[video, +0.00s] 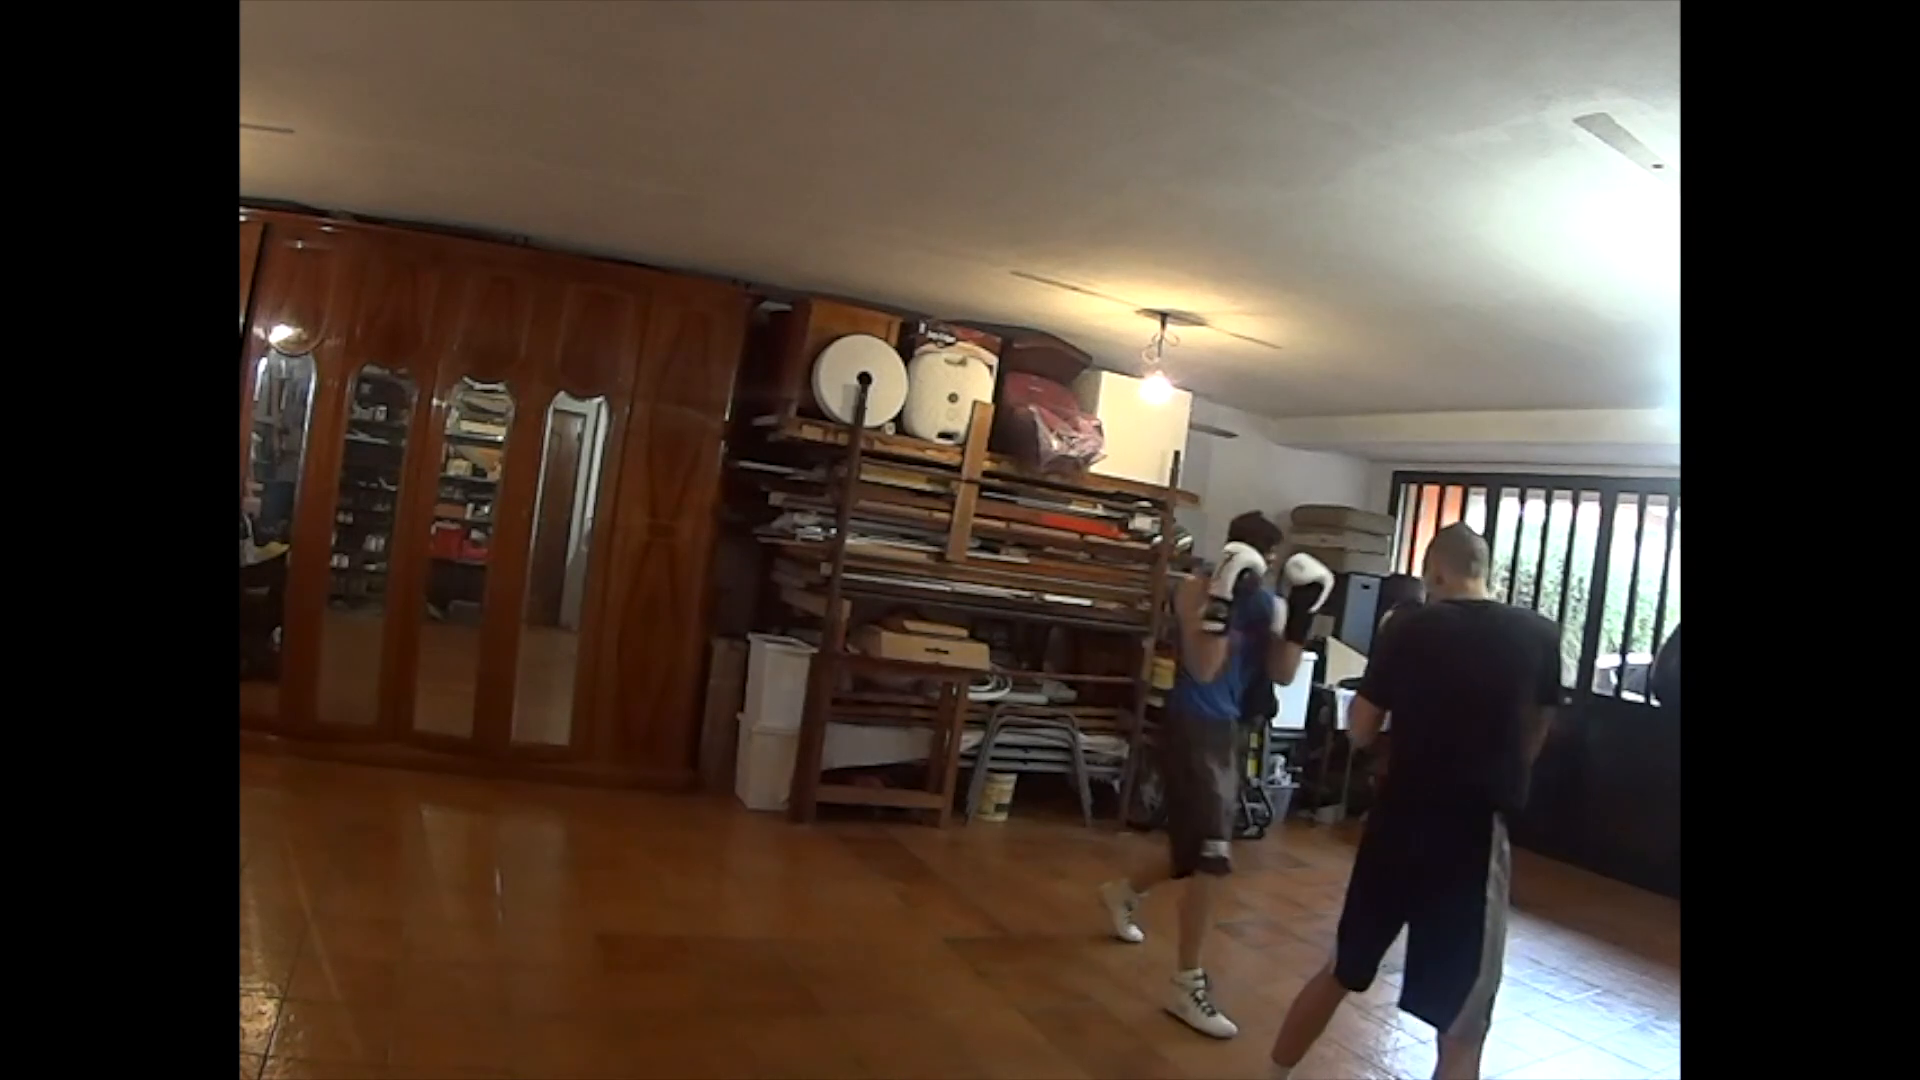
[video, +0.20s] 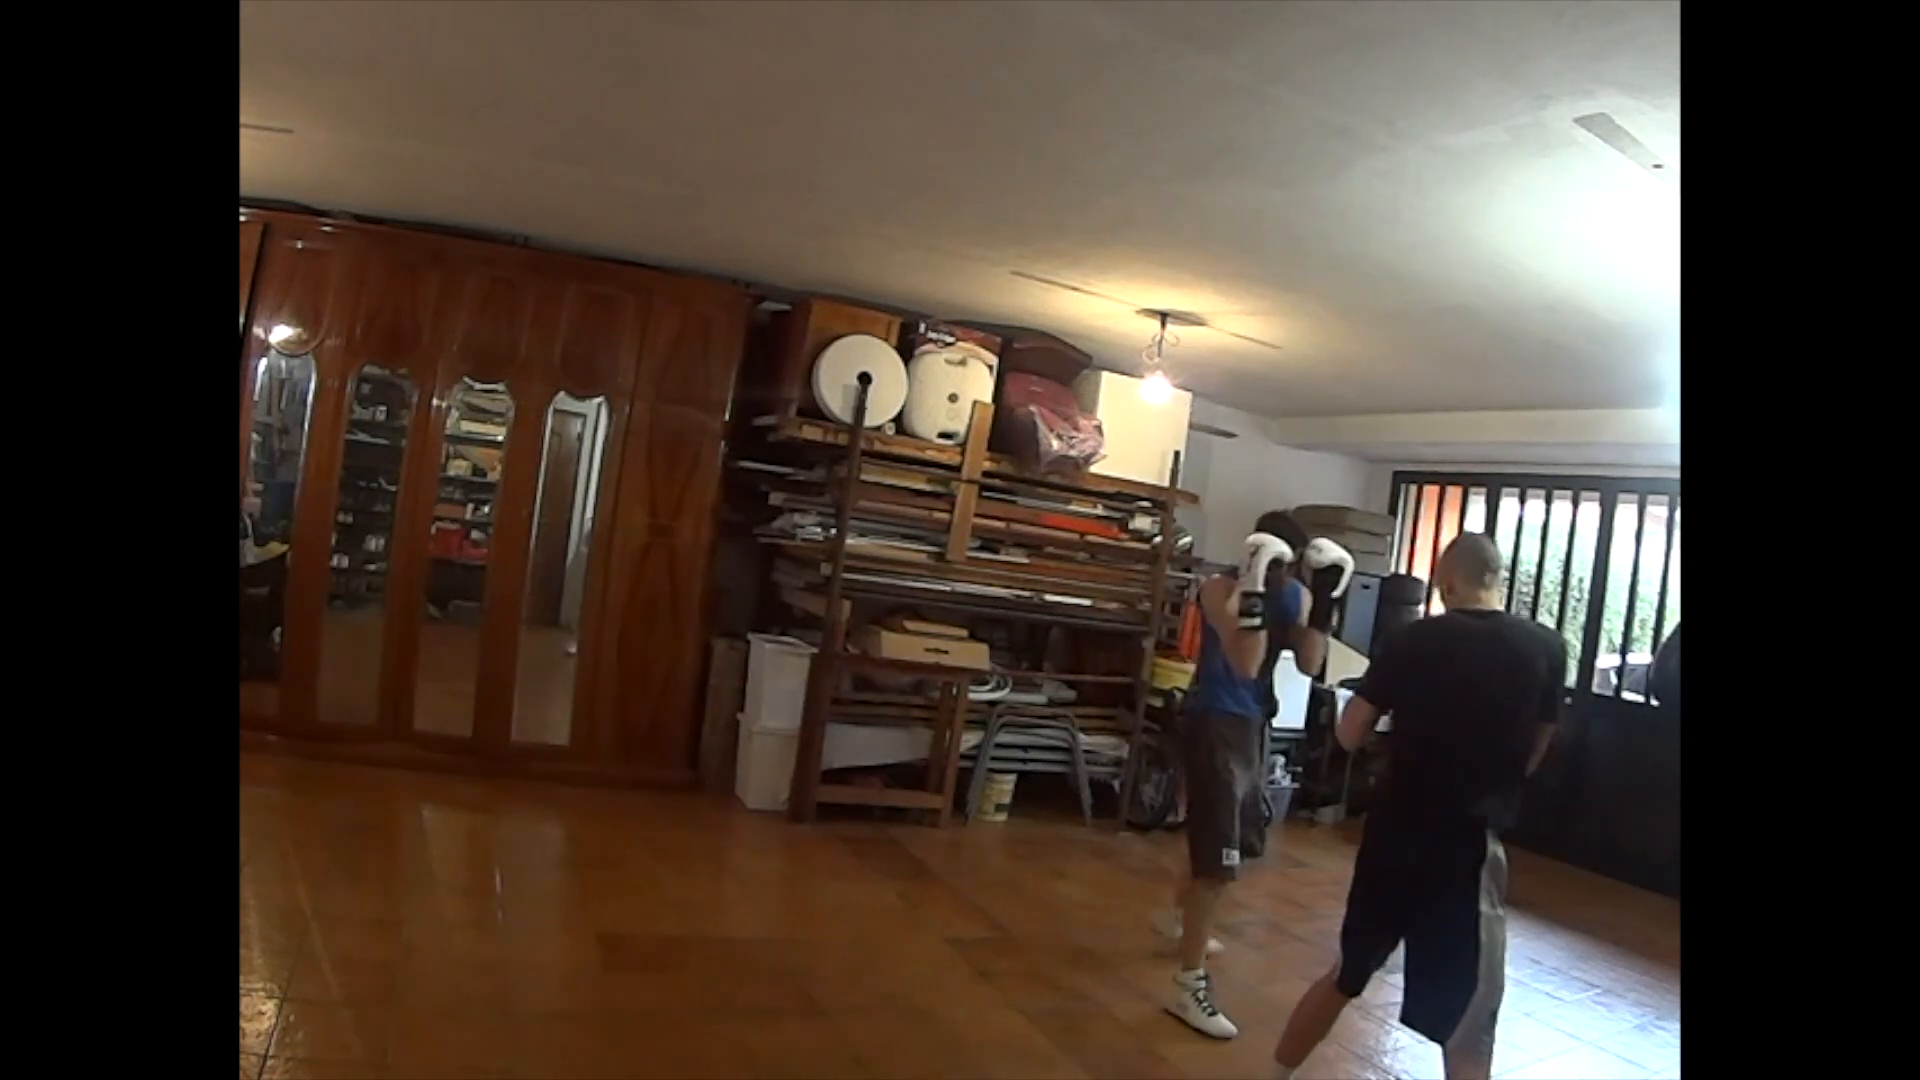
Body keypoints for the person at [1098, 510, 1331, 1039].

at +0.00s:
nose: (1269, 568)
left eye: (1272, 561)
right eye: (1266, 558)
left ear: (1265, 563)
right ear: (1241, 553)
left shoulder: (1260, 602)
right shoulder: (1195, 588)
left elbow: (1282, 670)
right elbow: (1202, 667)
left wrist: (1300, 613)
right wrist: (1221, 598)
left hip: (1226, 731)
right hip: (1192, 728)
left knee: (1199, 849)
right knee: (1210, 857)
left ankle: (1124, 890)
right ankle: (1188, 983)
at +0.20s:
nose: (1291, 565)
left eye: (1294, 559)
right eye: (1286, 555)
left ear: (1291, 561)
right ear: (1260, 549)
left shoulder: (1287, 594)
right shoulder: (1219, 587)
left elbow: (1311, 662)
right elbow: (1246, 663)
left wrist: (1323, 599)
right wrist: (1253, 588)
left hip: (1253, 729)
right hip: (1214, 727)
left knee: (1235, 840)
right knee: (1217, 864)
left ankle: (1182, 913)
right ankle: (1189, 983)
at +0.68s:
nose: (1342, 594)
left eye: (1349, 586)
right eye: (1336, 582)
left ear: (1350, 586)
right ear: (1308, 571)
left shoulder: (1331, 623)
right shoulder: (1262, 612)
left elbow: (1364, 683)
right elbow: (1224, 686)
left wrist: (1388, 623)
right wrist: (1270, 657)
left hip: (1282, 751)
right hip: (1248, 746)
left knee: (1262, 856)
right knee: (1275, 882)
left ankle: (1216, 933)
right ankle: (1244, 1010)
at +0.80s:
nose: (1368, 601)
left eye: (1375, 596)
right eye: (1364, 589)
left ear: (1375, 597)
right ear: (1337, 576)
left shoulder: (1335, 625)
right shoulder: (1310, 609)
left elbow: (1371, 677)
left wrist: (1404, 635)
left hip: (1257, 748)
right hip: (1253, 750)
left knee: (1235, 848)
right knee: (1265, 893)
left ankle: (1214, 932)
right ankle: (1235, 1023)